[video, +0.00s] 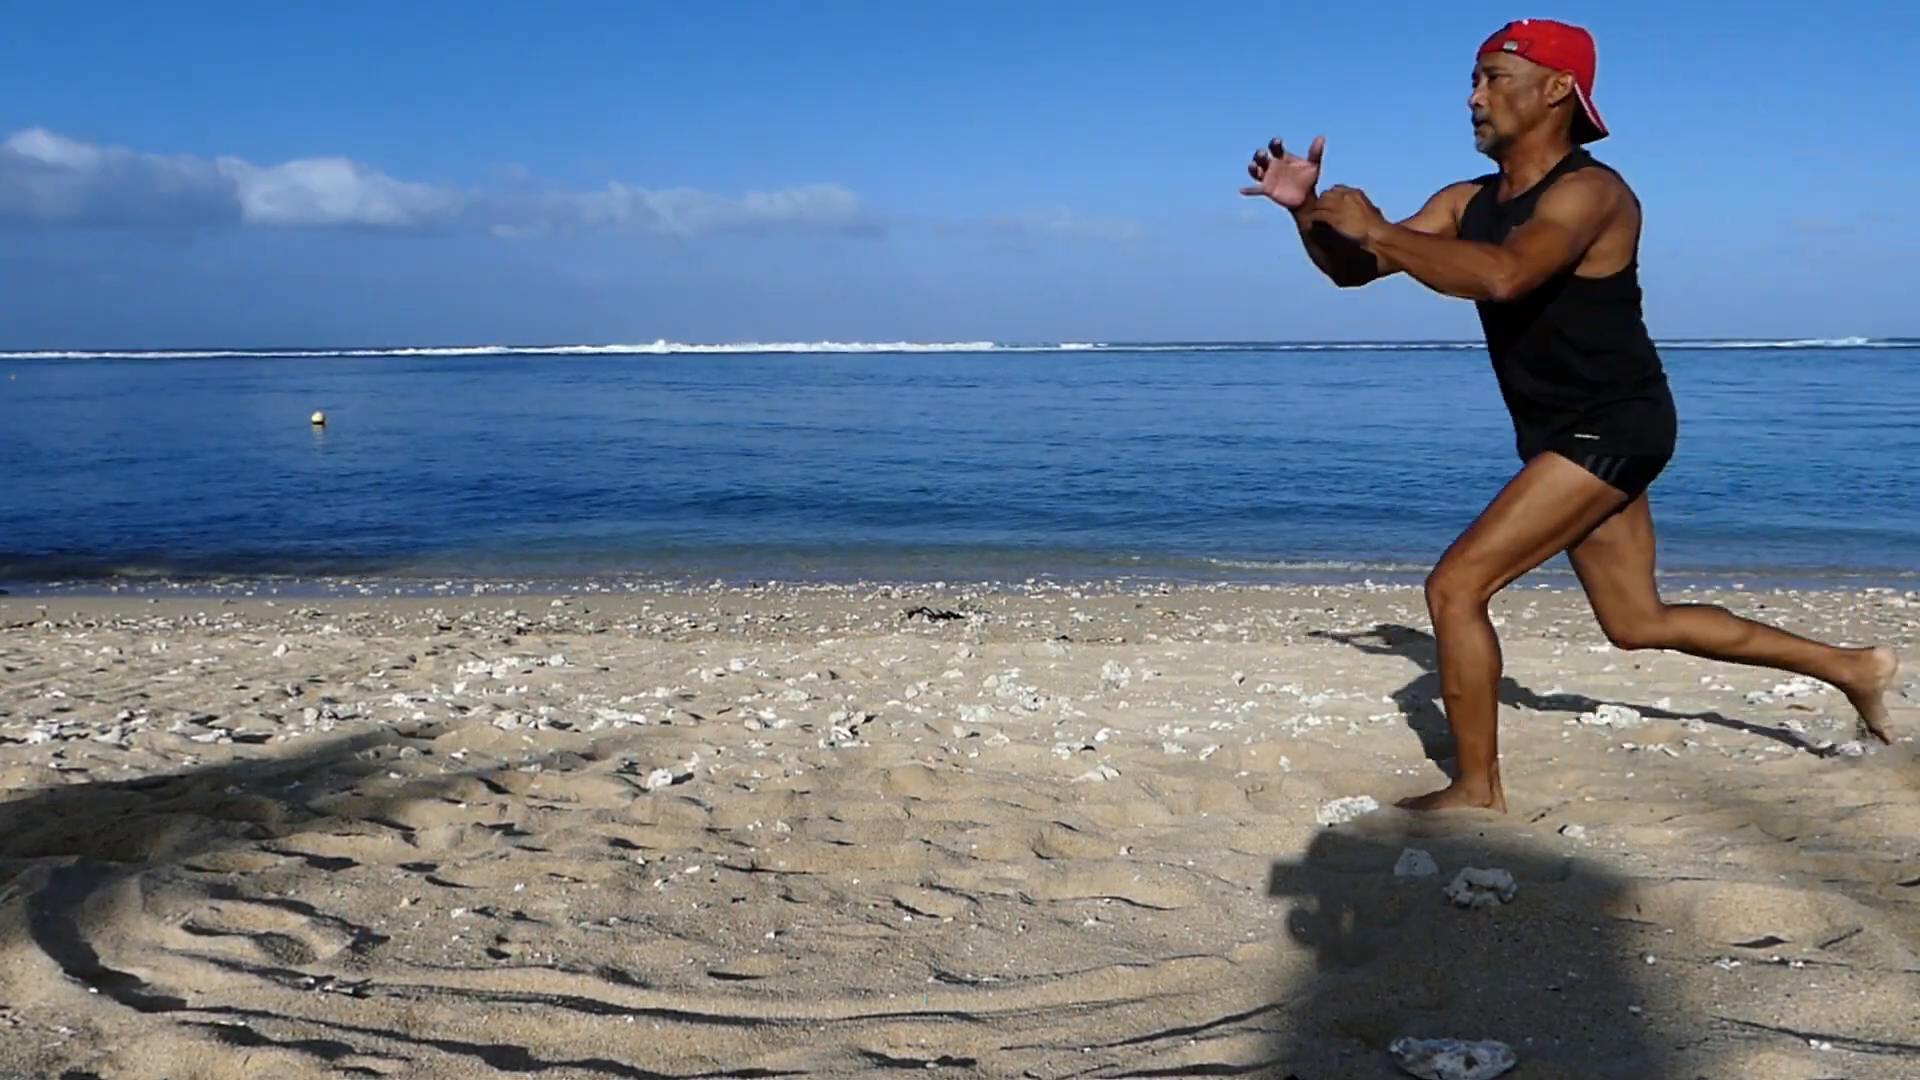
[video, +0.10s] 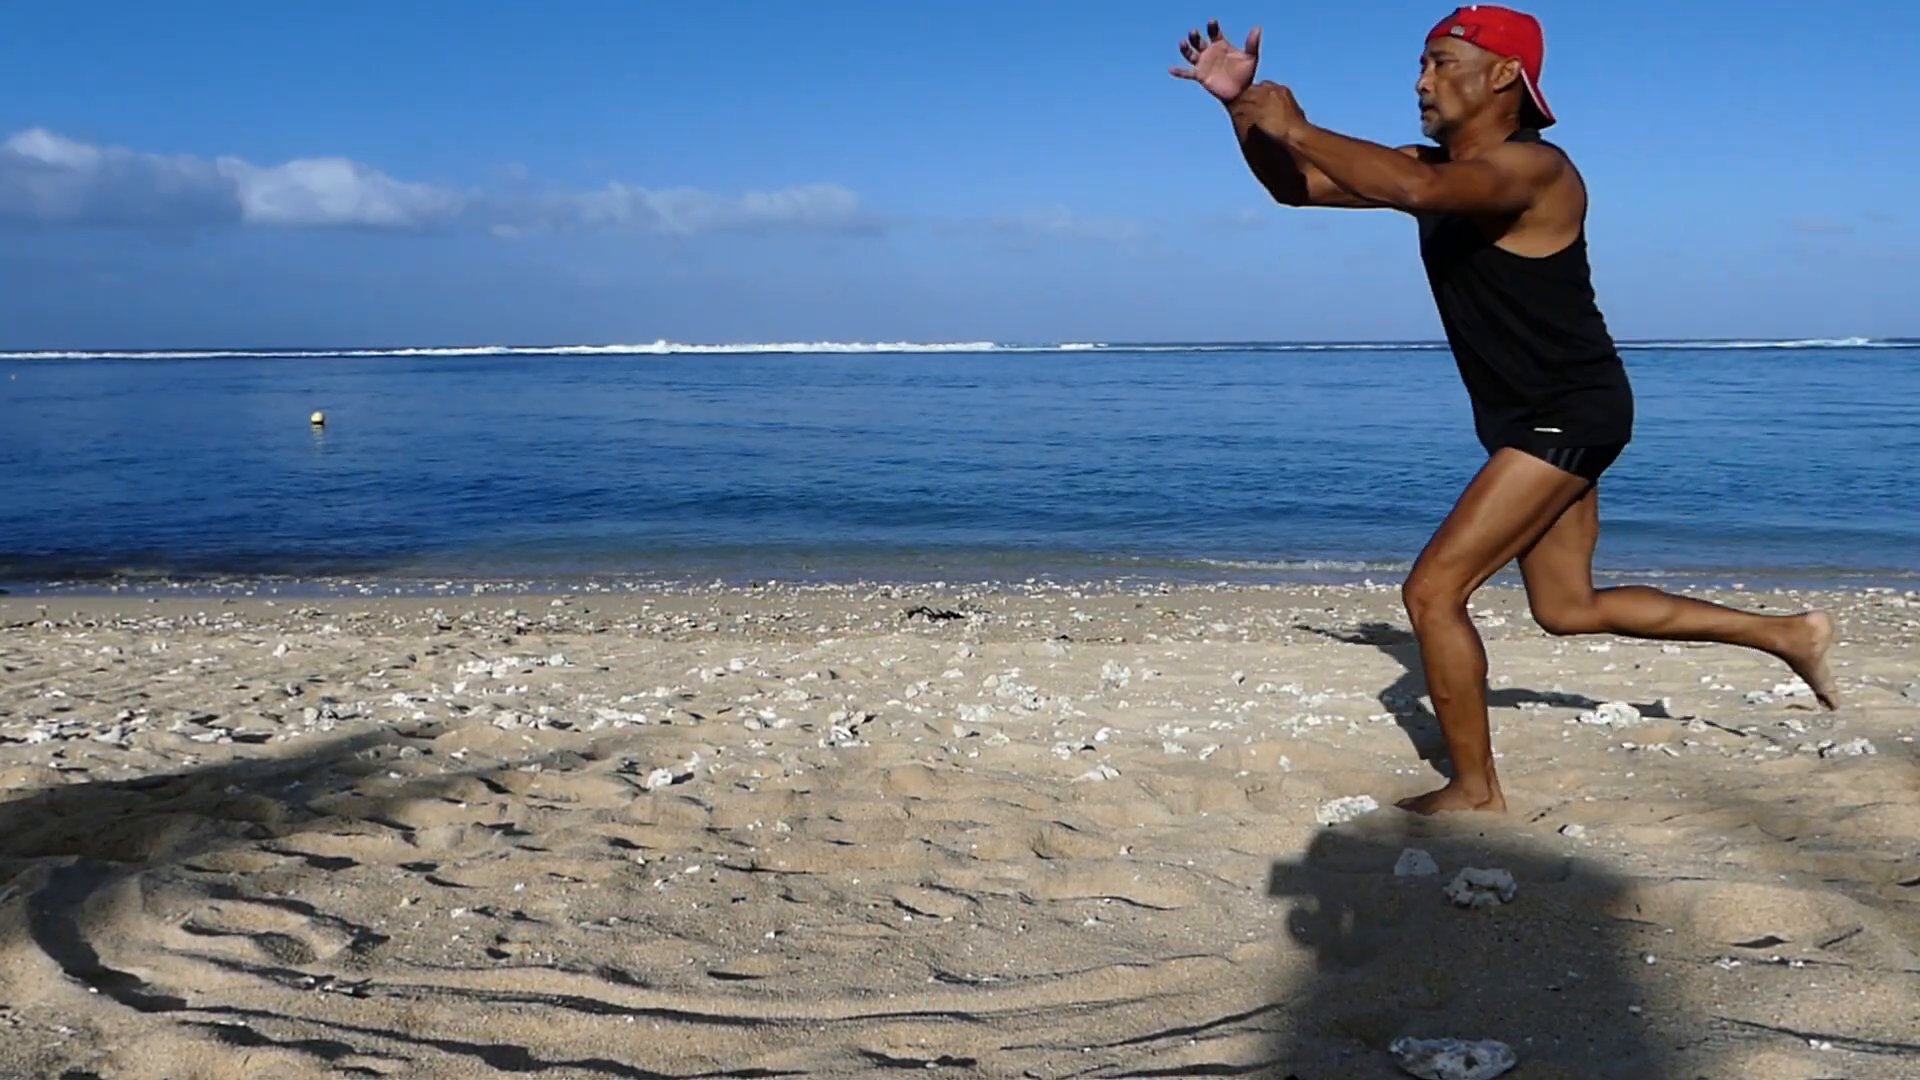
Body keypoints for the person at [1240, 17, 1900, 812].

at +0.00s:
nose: (1475, 91)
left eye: (1495, 75)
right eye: (1477, 76)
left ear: (1557, 92)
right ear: (1508, 95)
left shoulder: (1593, 192)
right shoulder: (1468, 200)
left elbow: (1502, 273)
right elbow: (1352, 268)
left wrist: (1376, 235)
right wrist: (1307, 209)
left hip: (1616, 424)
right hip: (1561, 431)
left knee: (1457, 586)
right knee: (1636, 621)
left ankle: (1475, 786)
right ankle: (1851, 668)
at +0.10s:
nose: (1422, 77)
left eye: (1442, 61)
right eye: (1423, 62)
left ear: (1503, 80)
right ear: (1460, 79)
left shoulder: (1534, 168)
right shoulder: (1445, 169)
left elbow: (1411, 183)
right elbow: (1297, 187)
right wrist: (1244, 109)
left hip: (1573, 410)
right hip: (1532, 414)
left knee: (1433, 592)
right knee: (1568, 606)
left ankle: (1474, 787)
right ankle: (1787, 634)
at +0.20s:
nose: (1354, 30)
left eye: (1369, 17)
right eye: (1354, 18)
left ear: (1427, 26)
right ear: (1407, 35)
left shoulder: (1455, 100)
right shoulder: (1381, 107)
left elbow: (1326, 37)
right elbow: (1247, 71)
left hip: (1499, 376)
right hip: (1469, 376)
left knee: (1413, 589)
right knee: (1495, 561)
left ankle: (1473, 782)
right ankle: (1715, 567)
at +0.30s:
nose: (1309, 13)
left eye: (1321, 3)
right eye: (1311, 5)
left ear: (1364, 4)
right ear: (1334, 15)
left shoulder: (1403, 49)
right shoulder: (1341, 59)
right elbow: (1227, 11)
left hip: (1439, 338)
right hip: (1415, 339)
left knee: (1409, 565)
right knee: (1460, 522)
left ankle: (1465, 769)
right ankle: (1675, 511)